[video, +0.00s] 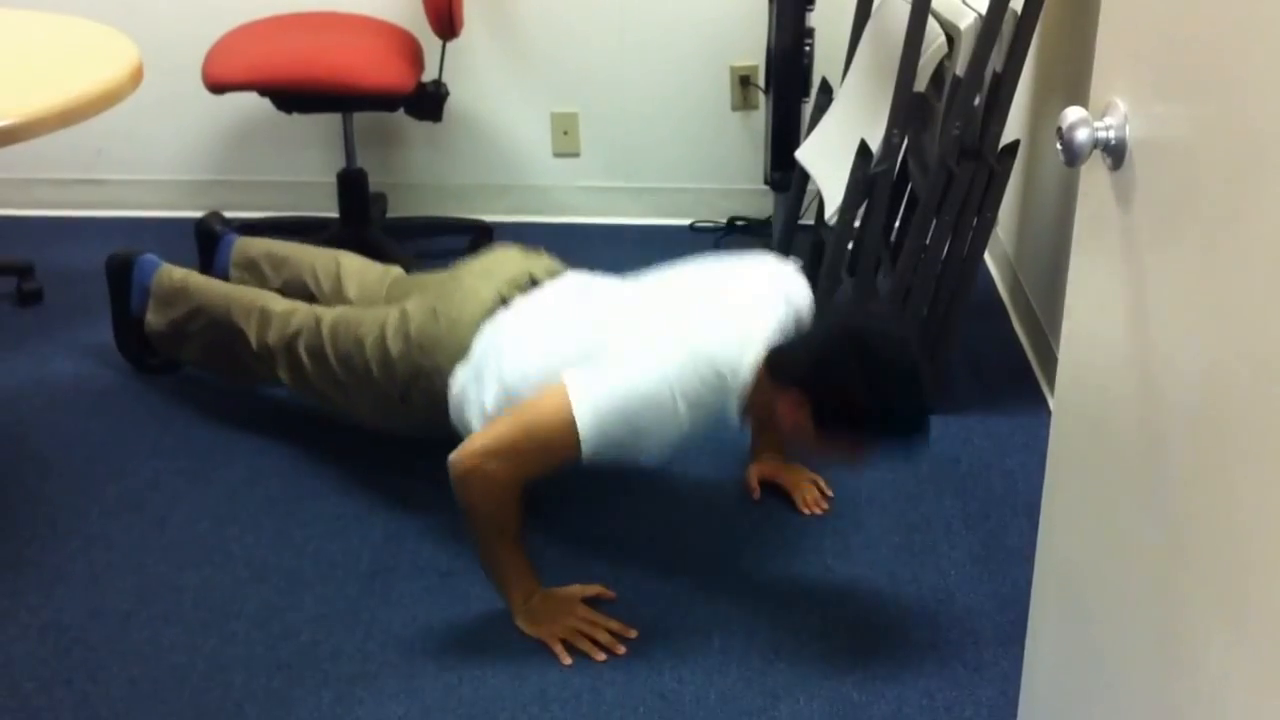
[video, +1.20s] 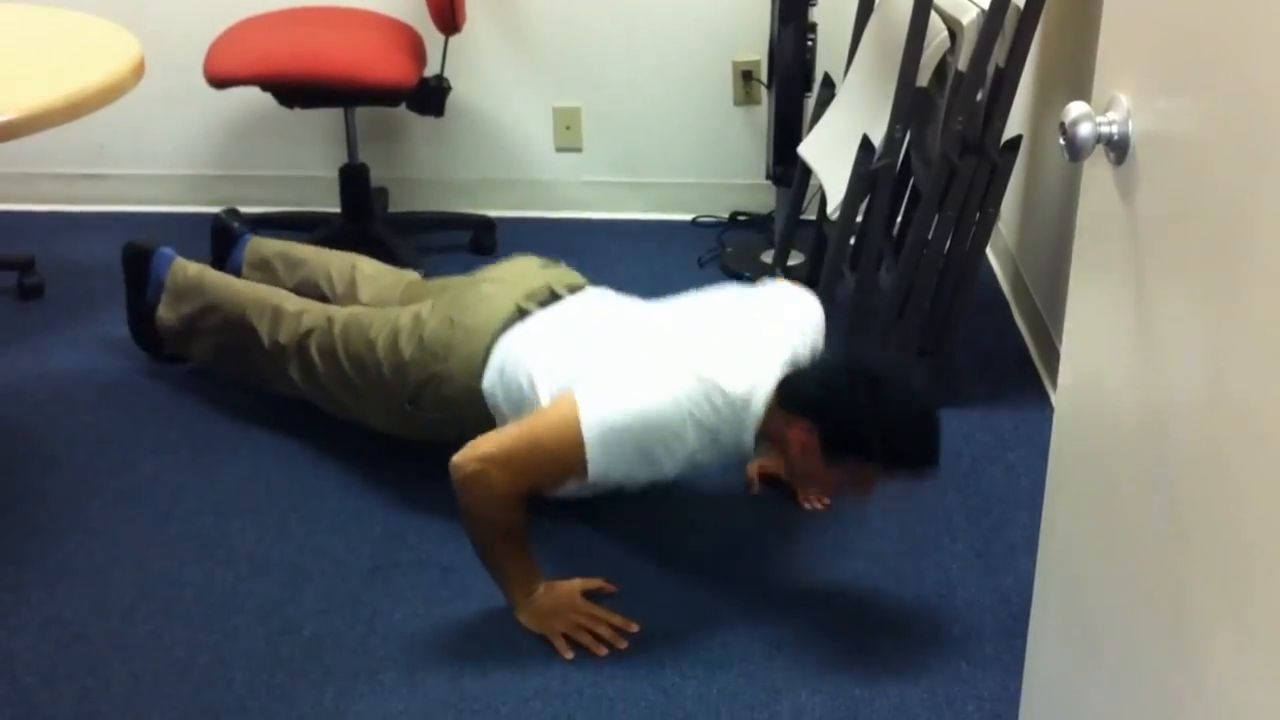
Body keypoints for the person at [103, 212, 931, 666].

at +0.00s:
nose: (829, 452)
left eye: (845, 449)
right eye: (837, 443)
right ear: (800, 404)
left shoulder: (782, 287)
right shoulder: (669, 383)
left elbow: (757, 371)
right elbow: (478, 468)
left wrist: (764, 446)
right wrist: (529, 600)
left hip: (529, 277)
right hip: (463, 358)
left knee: (374, 283)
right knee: (292, 344)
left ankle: (233, 245)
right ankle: (154, 299)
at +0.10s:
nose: (838, 545)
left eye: (854, 536)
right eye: (843, 532)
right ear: (805, 496)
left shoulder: (795, 361)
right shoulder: (676, 458)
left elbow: (785, 302)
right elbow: (479, 478)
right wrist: (529, 599)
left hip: (543, 313)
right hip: (467, 386)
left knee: (391, 303)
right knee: (298, 354)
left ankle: (239, 250)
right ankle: (162, 297)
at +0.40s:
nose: (846, 465)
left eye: (861, 460)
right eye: (849, 454)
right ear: (801, 411)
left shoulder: (789, 293)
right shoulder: (664, 392)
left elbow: (766, 368)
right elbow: (480, 471)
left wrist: (768, 441)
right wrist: (530, 597)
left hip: (539, 276)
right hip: (476, 351)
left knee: (378, 280)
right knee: (303, 341)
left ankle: (240, 246)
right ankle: (165, 299)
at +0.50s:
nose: (848, 393)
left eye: (865, 383)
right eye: (850, 377)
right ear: (797, 335)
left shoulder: (780, 240)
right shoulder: (654, 334)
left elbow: (774, 350)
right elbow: (501, 453)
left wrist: (767, 446)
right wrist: (529, 596)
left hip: (533, 238)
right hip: (467, 307)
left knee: (379, 271)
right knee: (307, 319)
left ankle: (243, 243)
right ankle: (165, 295)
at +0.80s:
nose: (854, 425)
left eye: (870, 414)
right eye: (854, 410)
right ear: (805, 366)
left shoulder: (792, 266)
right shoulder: (674, 360)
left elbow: (773, 353)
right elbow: (486, 458)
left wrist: (768, 444)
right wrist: (531, 597)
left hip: (536, 257)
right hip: (469, 331)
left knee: (382, 278)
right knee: (306, 338)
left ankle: (248, 246)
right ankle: (170, 298)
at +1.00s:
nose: (841, 570)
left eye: (858, 562)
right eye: (848, 560)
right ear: (812, 526)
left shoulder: (804, 378)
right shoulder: (682, 473)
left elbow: (793, 305)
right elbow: (486, 482)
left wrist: (777, 460)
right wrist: (529, 596)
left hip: (561, 321)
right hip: (480, 389)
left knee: (404, 307)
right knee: (307, 353)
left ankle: (252, 250)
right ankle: (171, 294)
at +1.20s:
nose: (847, 502)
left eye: (863, 493)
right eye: (850, 488)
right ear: (805, 441)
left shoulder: (797, 313)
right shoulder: (671, 418)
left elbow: (746, 315)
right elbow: (478, 473)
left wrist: (769, 437)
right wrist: (530, 595)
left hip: (552, 286)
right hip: (478, 363)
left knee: (391, 288)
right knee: (303, 343)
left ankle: (251, 245)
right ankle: (174, 293)